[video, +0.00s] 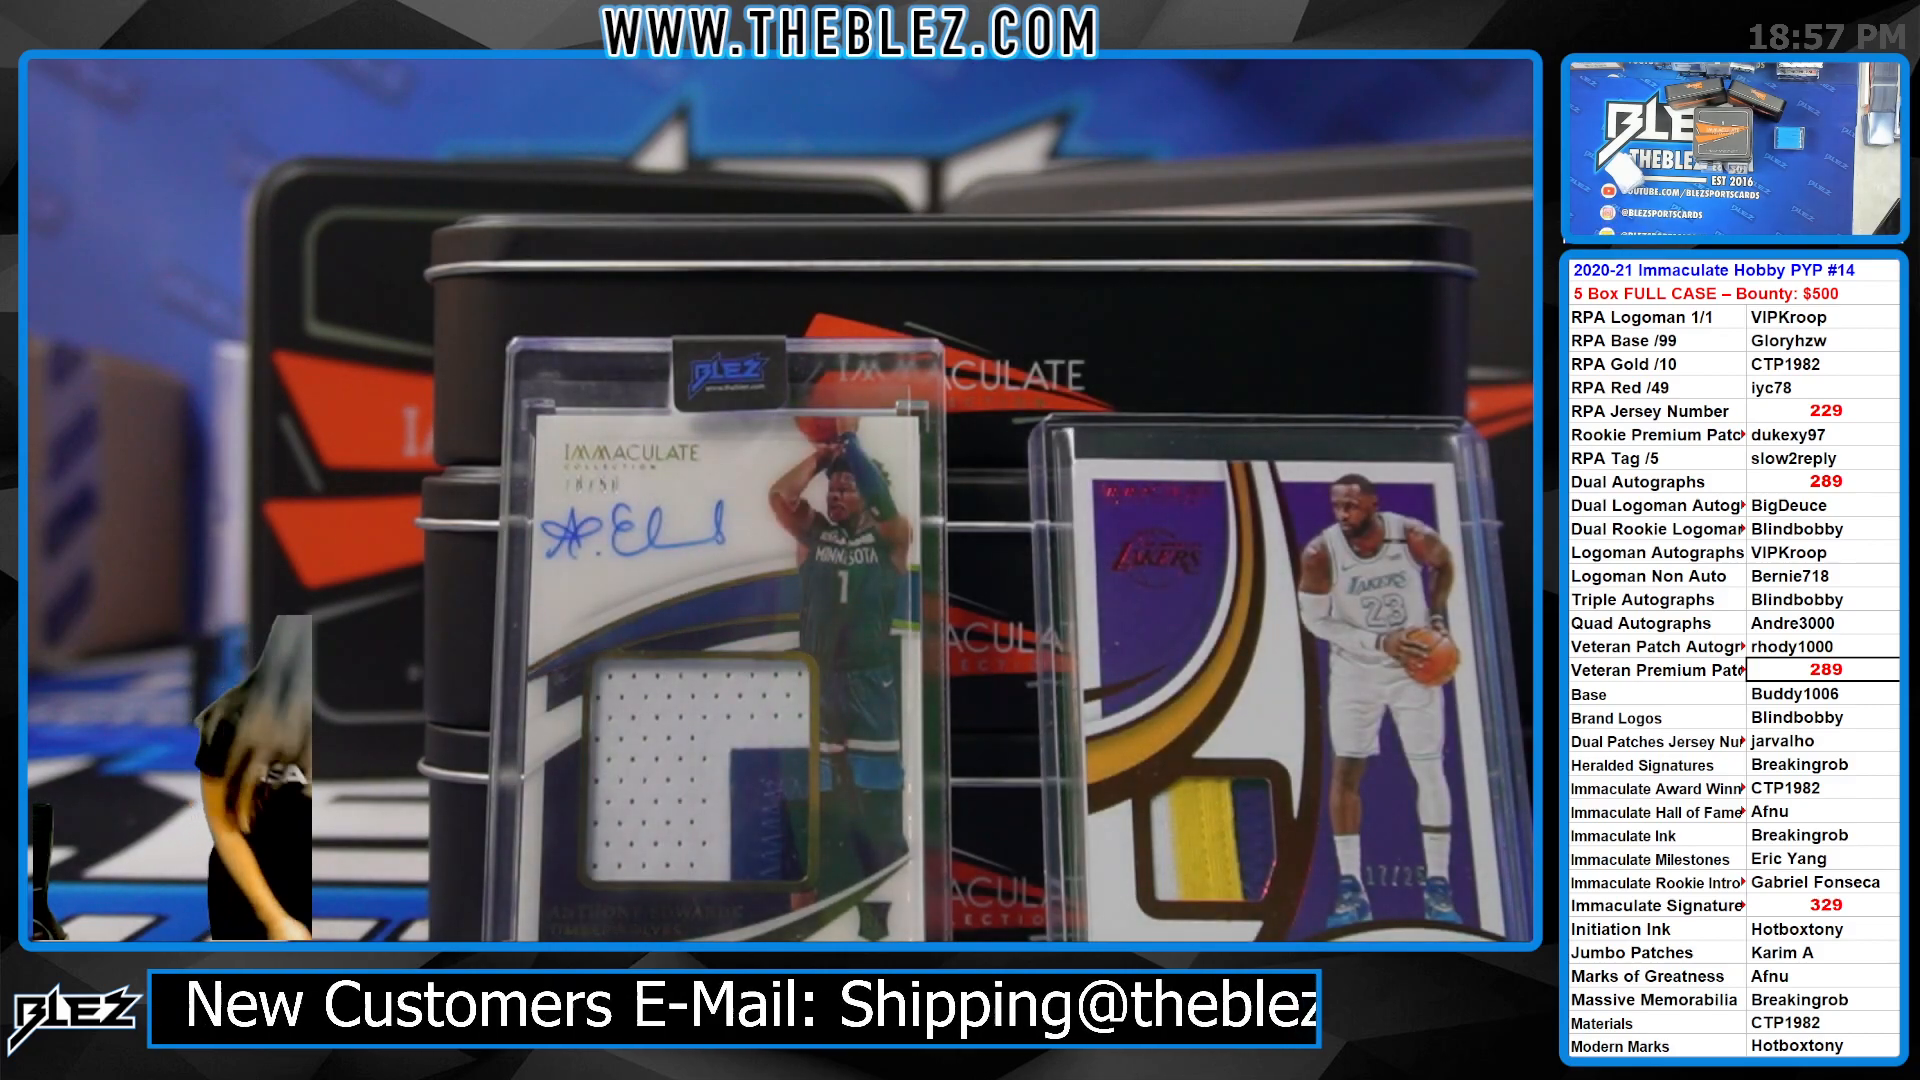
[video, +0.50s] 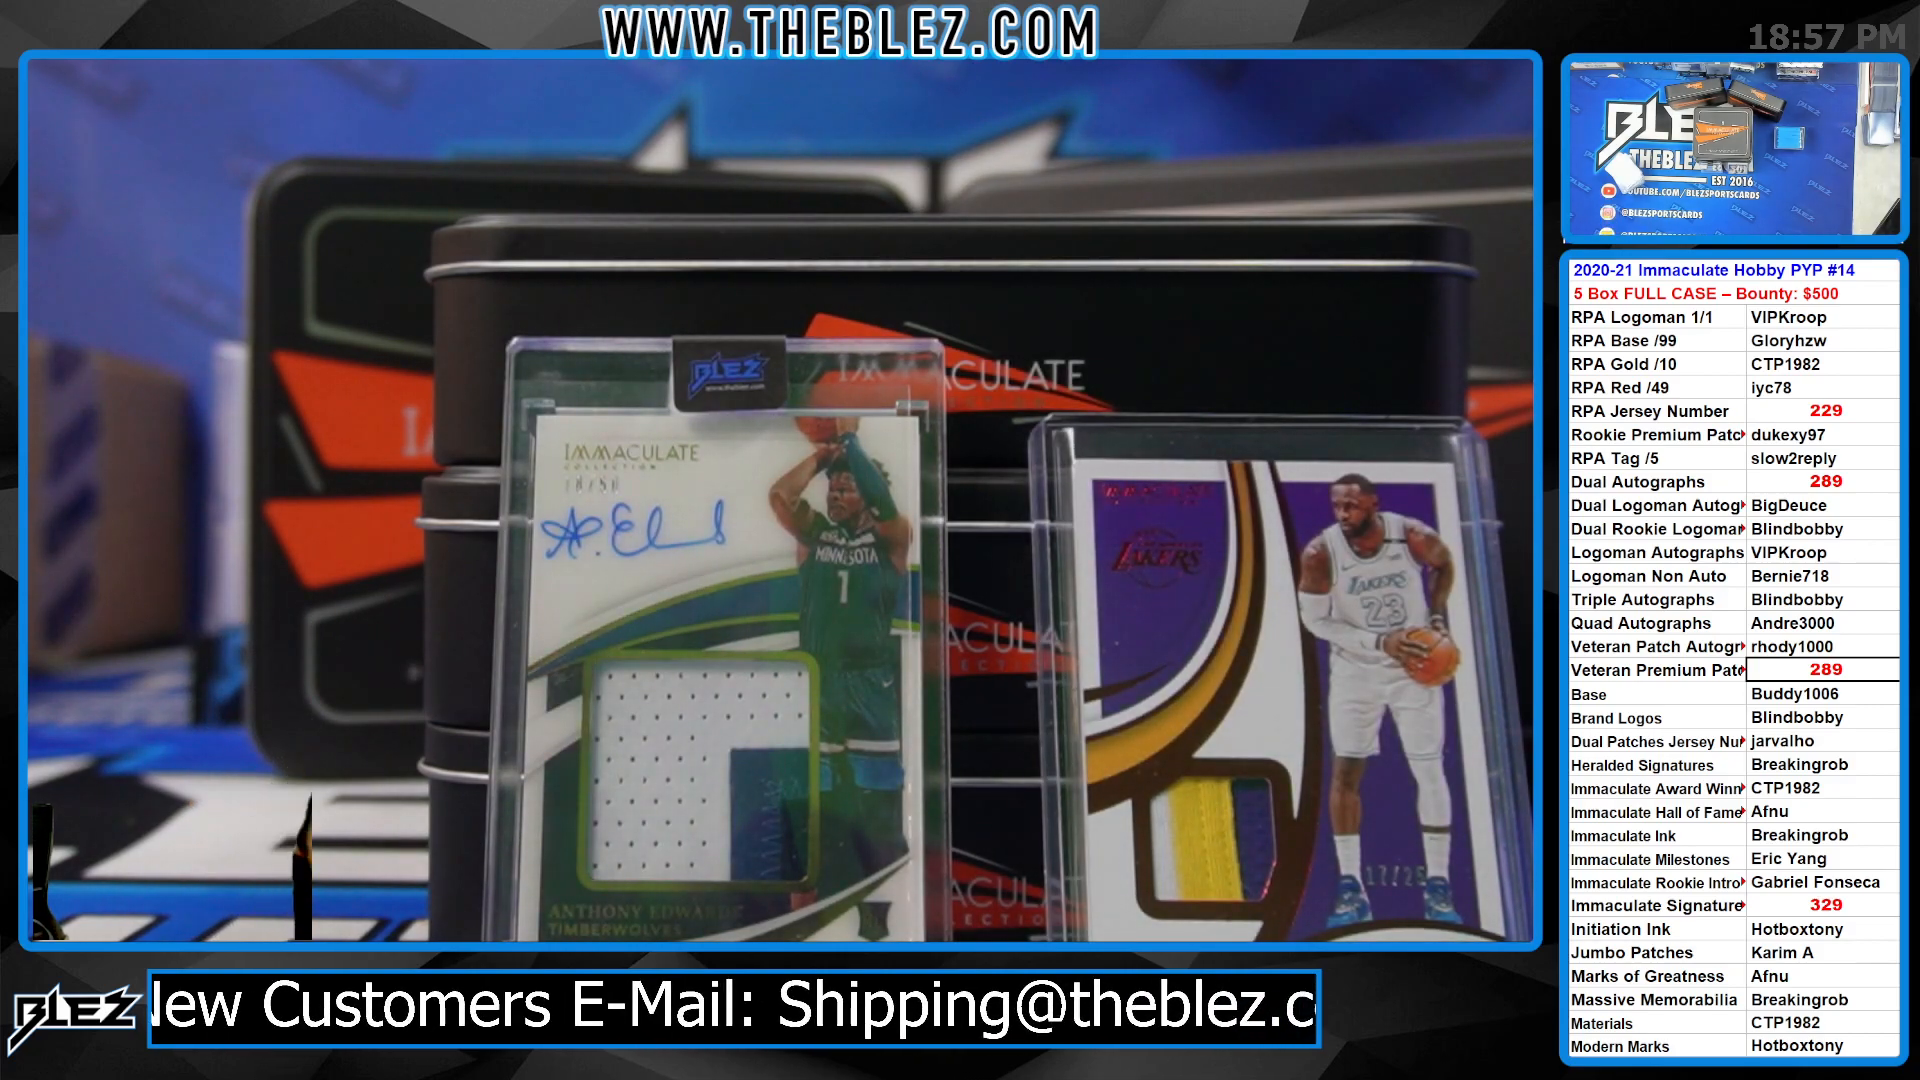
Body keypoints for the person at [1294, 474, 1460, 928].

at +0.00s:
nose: (1343, 514)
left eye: (1351, 505)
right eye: (1337, 506)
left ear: (1374, 505)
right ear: (1332, 509)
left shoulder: (1413, 536)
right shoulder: (1319, 554)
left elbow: (1445, 564)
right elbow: (1315, 621)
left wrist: (1437, 615)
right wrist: (1378, 641)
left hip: (1414, 672)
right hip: (1354, 674)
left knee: (1430, 772)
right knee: (1348, 773)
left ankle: (1438, 885)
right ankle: (1351, 888)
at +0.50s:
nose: (1343, 514)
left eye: (1351, 505)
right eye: (1337, 506)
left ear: (1373, 505)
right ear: (1332, 509)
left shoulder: (1414, 537)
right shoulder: (1319, 555)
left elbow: (1445, 565)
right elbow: (1315, 621)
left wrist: (1436, 616)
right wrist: (1379, 641)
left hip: (1414, 673)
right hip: (1354, 675)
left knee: (1430, 772)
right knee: (1347, 773)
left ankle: (1438, 884)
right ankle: (1350, 889)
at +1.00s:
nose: (1343, 514)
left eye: (1351, 506)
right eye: (1337, 506)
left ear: (1373, 505)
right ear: (1332, 509)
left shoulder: (1413, 536)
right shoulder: (1319, 555)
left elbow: (1444, 565)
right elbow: (1316, 621)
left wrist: (1436, 617)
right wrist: (1379, 642)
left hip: (1414, 673)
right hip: (1354, 674)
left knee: (1430, 771)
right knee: (1348, 773)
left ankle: (1438, 884)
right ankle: (1350, 888)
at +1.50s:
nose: (1343, 514)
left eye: (1351, 505)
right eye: (1337, 506)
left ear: (1373, 505)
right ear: (1333, 509)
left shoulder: (1414, 537)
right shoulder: (1319, 555)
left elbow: (1444, 565)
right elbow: (1315, 621)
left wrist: (1436, 616)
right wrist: (1379, 641)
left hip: (1414, 673)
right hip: (1354, 675)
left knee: (1430, 772)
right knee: (1347, 773)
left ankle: (1438, 885)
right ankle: (1350, 888)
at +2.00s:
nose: (1342, 514)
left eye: (1351, 505)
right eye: (1337, 506)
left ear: (1373, 505)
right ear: (1332, 509)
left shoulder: (1413, 536)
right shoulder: (1319, 555)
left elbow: (1444, 564)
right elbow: (1315, 620)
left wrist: (1436, 617)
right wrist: (1379, 642)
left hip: (1414, 673)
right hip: (1354, 674)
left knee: (1430, 772)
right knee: (1348, 773)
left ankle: (1438, 884)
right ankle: (1350, 888)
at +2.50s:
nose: (1343, 514)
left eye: (1351, 505)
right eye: (1337, 506)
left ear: (1373, 505)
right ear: (1332, 509)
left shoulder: (1413, 536)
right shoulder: (1319, 555)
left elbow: (1445, 565)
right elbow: (1315, 621)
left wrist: (1436, 617)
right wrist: (1379, 642)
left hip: (1414, 673)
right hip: (1354, 674)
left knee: (1430, 772)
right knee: (1347, 773)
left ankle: (1438, 885)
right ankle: (1351, 889)